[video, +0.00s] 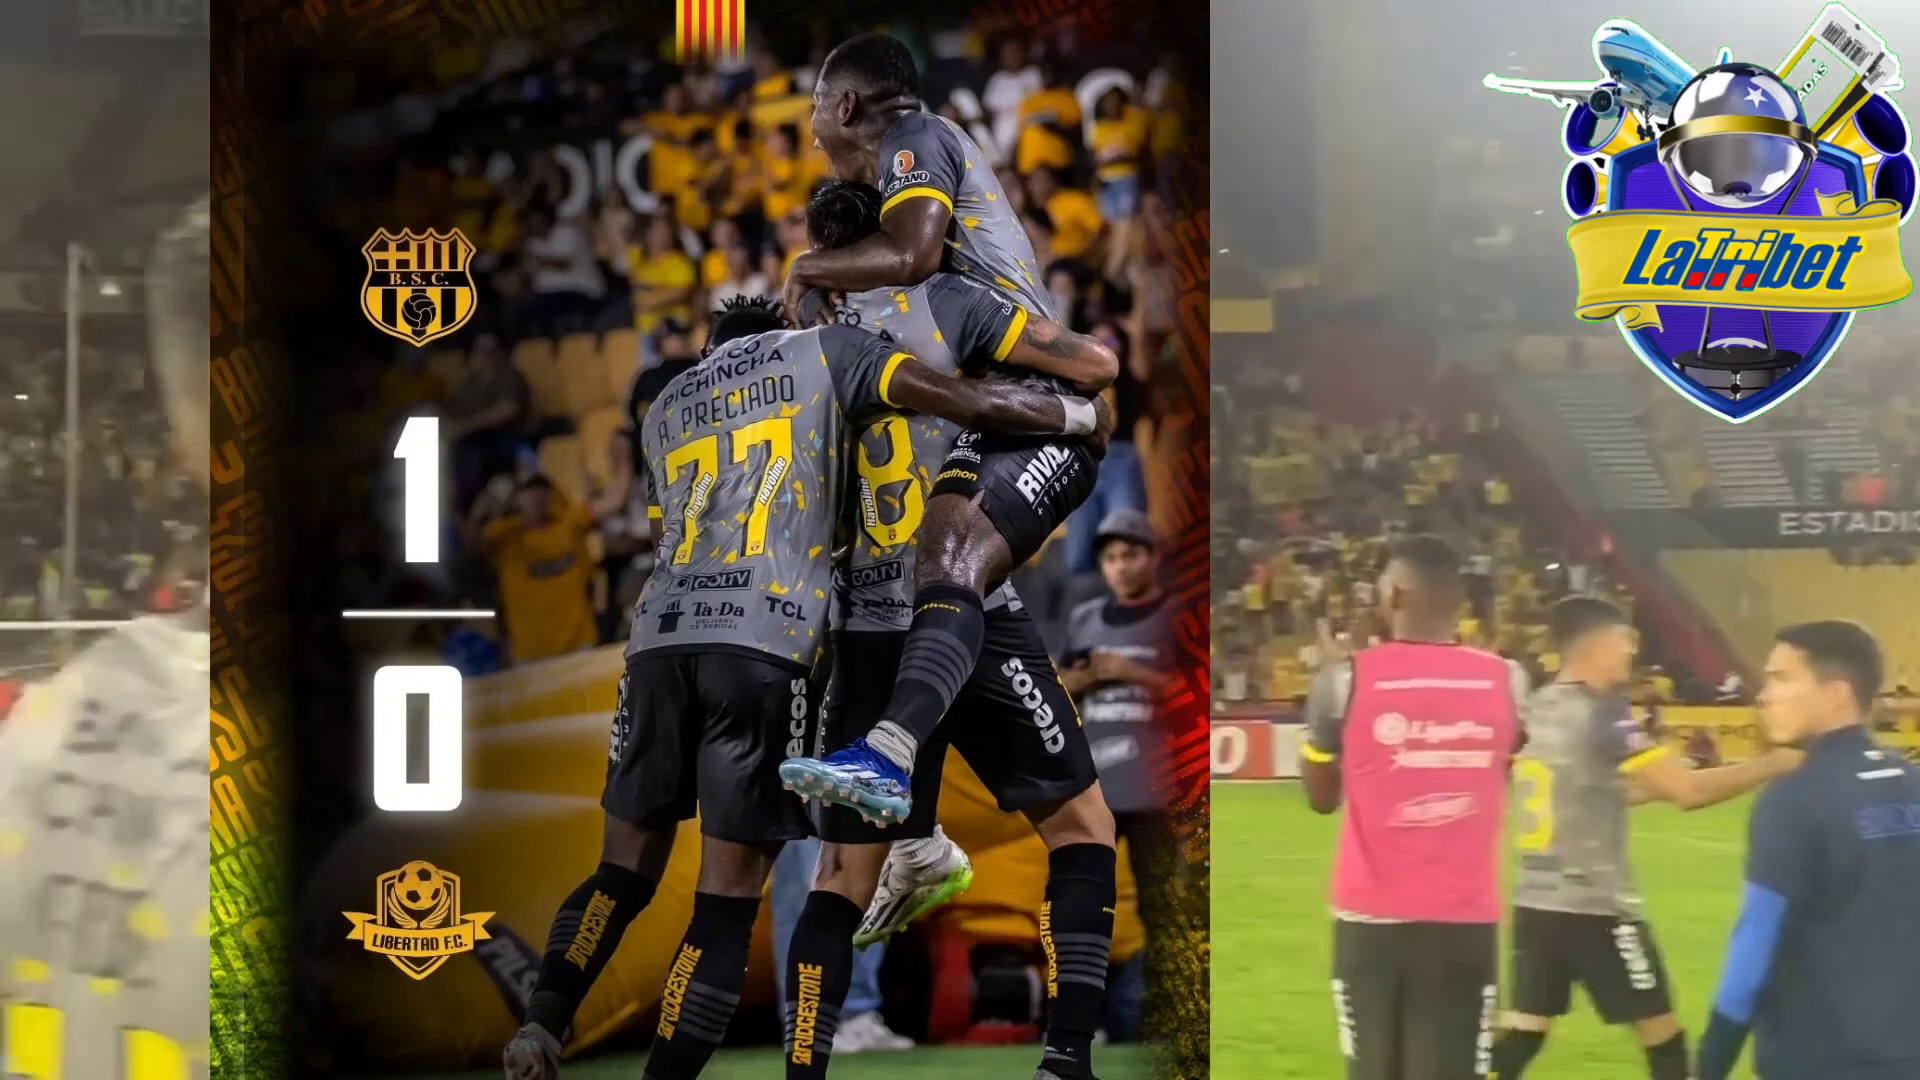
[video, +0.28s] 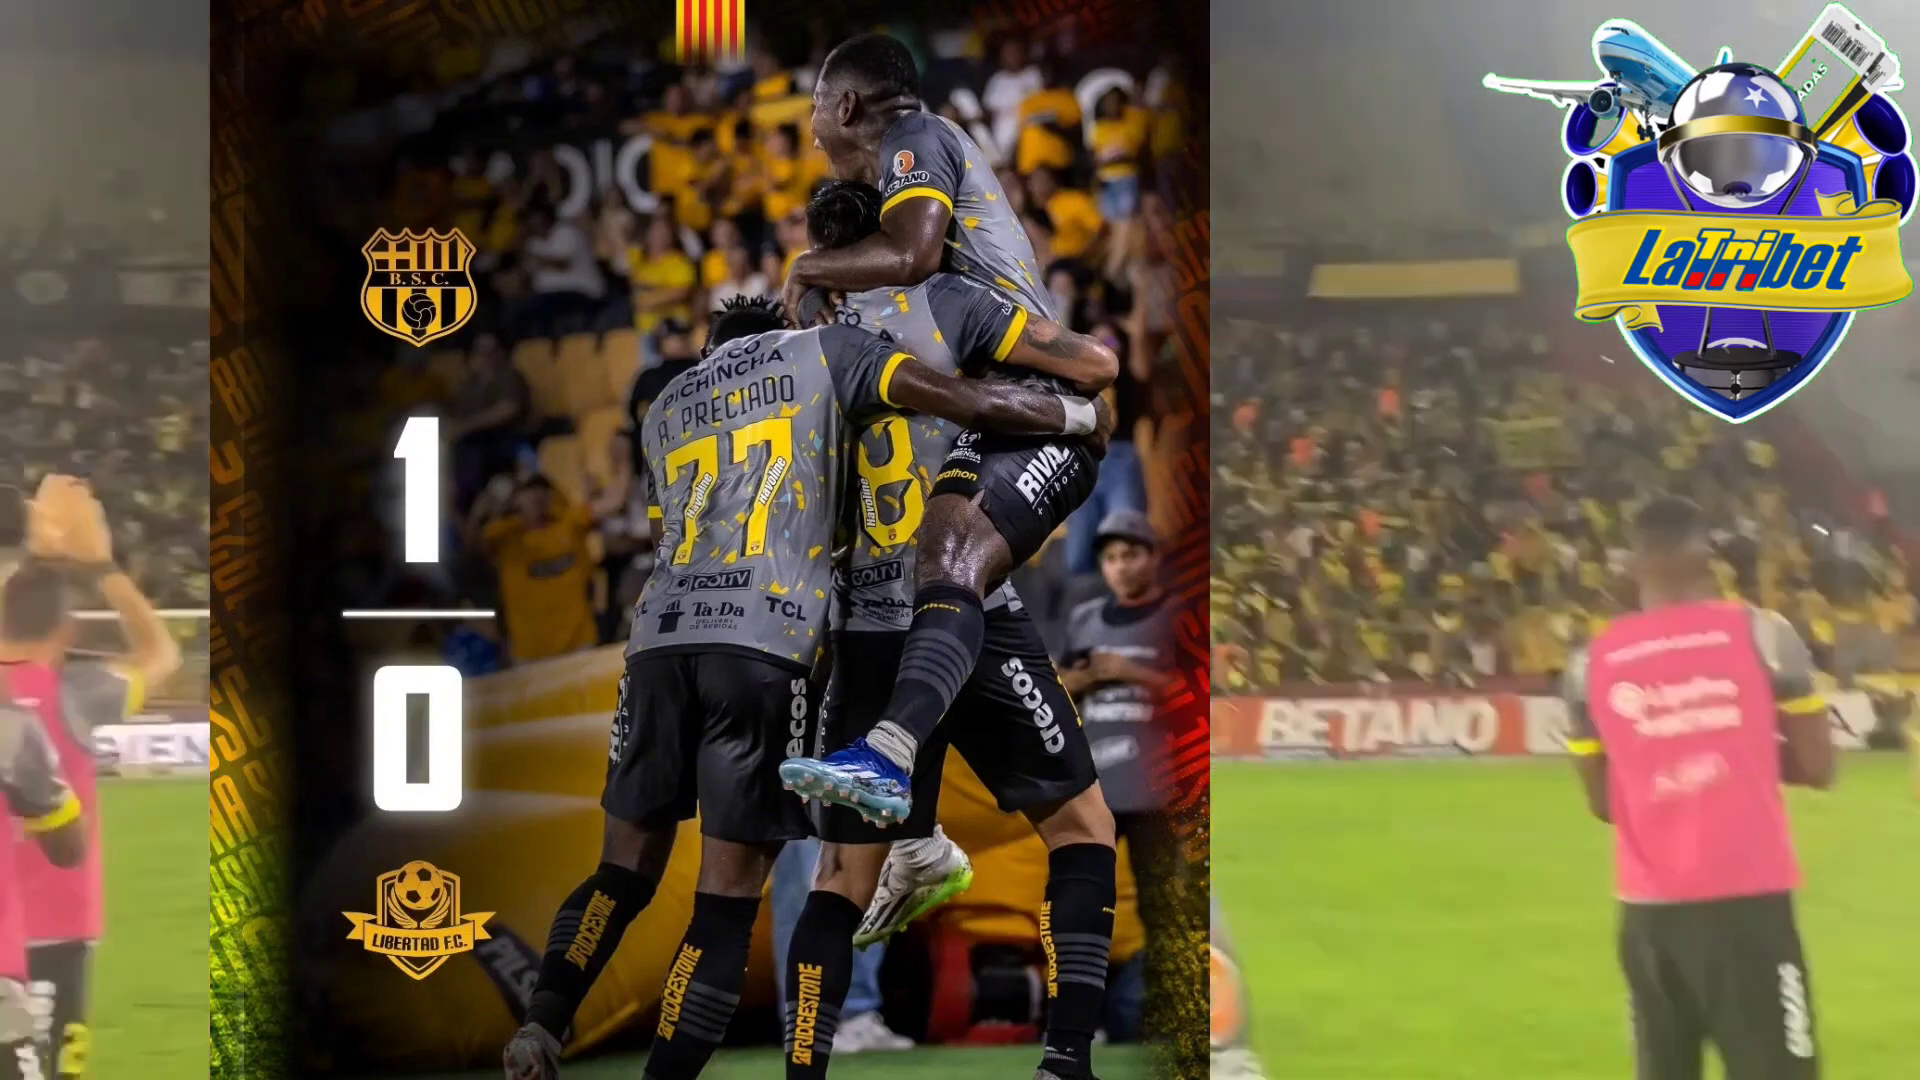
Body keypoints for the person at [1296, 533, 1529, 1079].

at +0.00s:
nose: (1380, 599)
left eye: (1383, 590)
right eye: (1384, 590)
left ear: (1392, 597)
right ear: (1460, 601)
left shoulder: (1345, 681)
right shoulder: (1506, 680)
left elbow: (1321, 794)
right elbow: (1503, 762)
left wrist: (1330, 677)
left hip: (1371, 931)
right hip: (1463, 931)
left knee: (1372, 1068)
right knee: (1453, 1069)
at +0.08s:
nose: (1447, 592)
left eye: (1454, 584)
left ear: (1463, 594)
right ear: (1526, 594)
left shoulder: (1411, 683)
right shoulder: (1579, 671)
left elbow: (1405, 802)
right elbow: (1582, 776)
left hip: (1455, 932)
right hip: (1546, 929)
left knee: (1462, 1067)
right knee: (1538, 1068)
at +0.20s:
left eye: (1541, 571)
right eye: (1609, 573)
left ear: (1540, 578)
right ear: (1613, 578)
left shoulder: (1497, 674)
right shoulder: (1672, 650)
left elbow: (1504, 804)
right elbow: (1699, 778)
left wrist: (1573, 774)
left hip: (1554, 921)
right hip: (1646, 913)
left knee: (1563, 1066)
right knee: (1645, 1066)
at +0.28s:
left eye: (1632, 560)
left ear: (1633, 567)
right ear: (1708, 557)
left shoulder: (1594, 661)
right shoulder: (1767, 633)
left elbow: (1602, 801)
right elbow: (1815, 764)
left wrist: (1673, 770)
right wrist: (1738, 749)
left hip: (1650, 918)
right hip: (1745, 911)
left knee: (1663, 1070)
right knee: (1778, 1067)